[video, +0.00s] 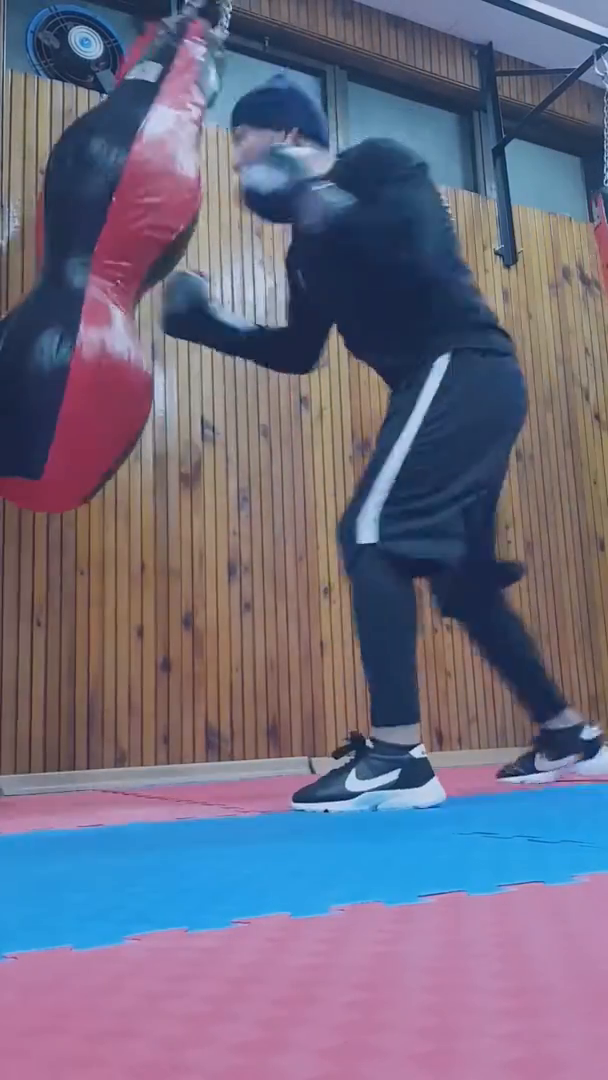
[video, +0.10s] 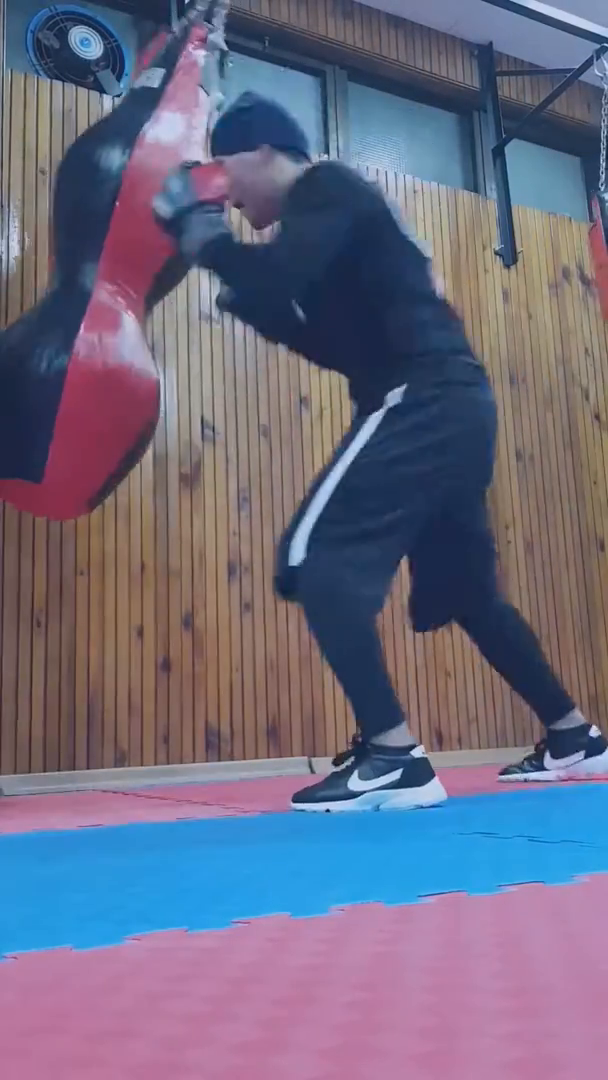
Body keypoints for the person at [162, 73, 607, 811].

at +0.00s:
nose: (242, 167)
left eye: (251, 148)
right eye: (237, 152)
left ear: (296, 138)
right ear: (280, 148)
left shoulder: (378, 163)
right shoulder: (307, 244)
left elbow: (414, 241)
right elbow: (297, 352)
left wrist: (321, 201)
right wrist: (202, 322)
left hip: (460, 373)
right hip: (448, 385)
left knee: (370, 537)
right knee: (459, 575)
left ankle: (395, 752)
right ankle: (563, 733)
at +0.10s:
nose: (223, 185)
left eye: (228, 165)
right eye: (219, 171)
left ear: (269, 154)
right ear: (273, 162)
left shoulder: (326, 187)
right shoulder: (324, 217)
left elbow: (276, 280)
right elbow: (344, 348)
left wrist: (206, 239)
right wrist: (257, 310)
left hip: (421, 401)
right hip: (452, 403)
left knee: (318, 562)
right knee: (462, 590)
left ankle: (390, 750)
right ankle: (569, 733)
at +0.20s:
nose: (188, 153)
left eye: (191, 140)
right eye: (188, 142)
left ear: (213, 131)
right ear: (261, 121)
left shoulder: (233, 170)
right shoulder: (332, 170)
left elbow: (170, 288)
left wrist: (160, 204)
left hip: (364, 384)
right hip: (437, 377)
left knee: (291, 583)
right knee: (458, 563)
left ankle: (385, 753)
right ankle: (548, 722)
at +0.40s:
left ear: (161, 40)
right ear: (236, 26)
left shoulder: (139, 92)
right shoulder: (307, 74)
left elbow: (106, 225)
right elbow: (350, 218)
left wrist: (183, 191)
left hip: (197, 303)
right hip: (303, 290)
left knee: (223, 526)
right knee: (370, 498)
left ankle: (232, 731)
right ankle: (372, 668)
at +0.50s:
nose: (249, 33)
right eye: (239, 27)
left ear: (142, 54)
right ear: (221, 34)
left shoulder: (100, 120)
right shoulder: (255, 68)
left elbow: (66, 250)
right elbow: (328, 206)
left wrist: (156, 212)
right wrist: (240, 175)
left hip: (134, 336)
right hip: (224, 312)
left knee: (178, 556)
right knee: (322, 515)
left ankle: (97, 767)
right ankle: (177, 686)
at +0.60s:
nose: (253, 29)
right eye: (246, 23)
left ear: (123, 18)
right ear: (212, 12)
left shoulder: (91, 100)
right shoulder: (216, 49)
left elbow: (39, 242)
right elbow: (288, 195)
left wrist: (121, 273)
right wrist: (279, 118)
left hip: (90, 309)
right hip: (168, 298)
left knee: (133, 546)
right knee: (211, 527)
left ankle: (124, 774)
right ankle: (91, 746)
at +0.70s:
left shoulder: (53, 29)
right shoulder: (183, 7)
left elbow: (10, 159)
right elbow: (232, 122)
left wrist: (35, 110)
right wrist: (252, 69)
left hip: (36, 222)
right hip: (127, 207)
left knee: (68, 469)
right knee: (162, 432)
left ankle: (88, 733)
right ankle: (112, 684)